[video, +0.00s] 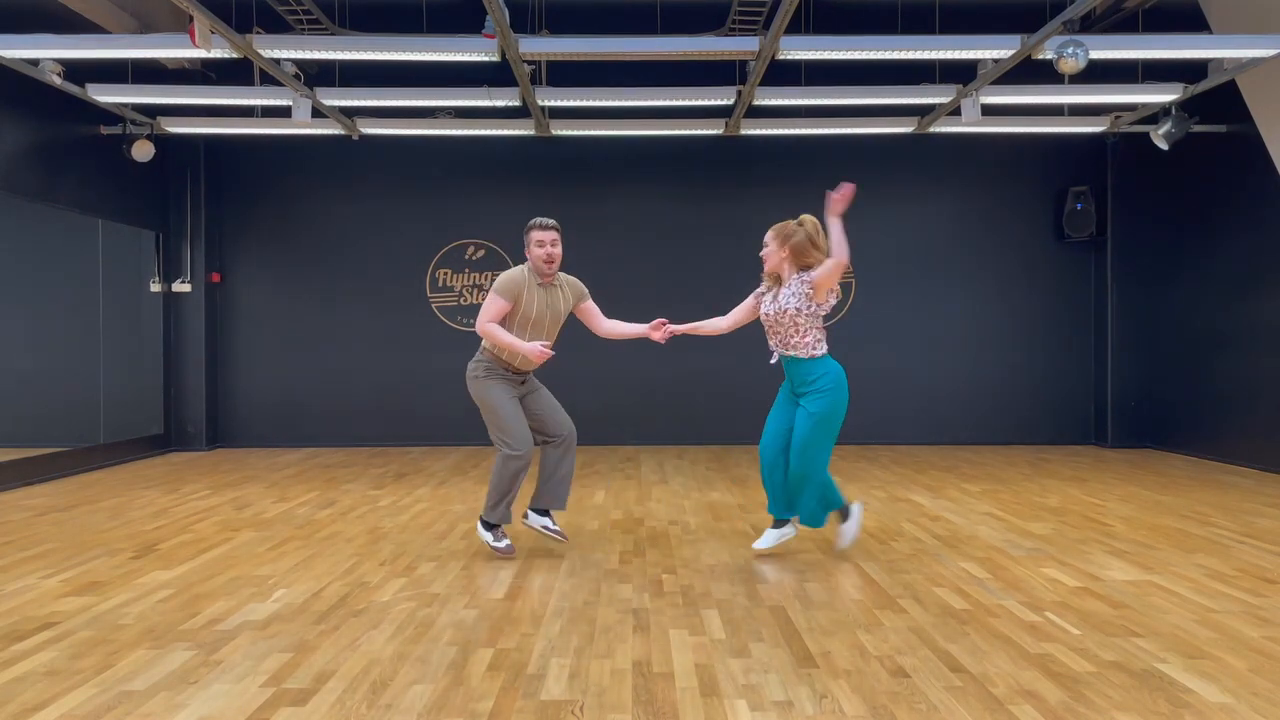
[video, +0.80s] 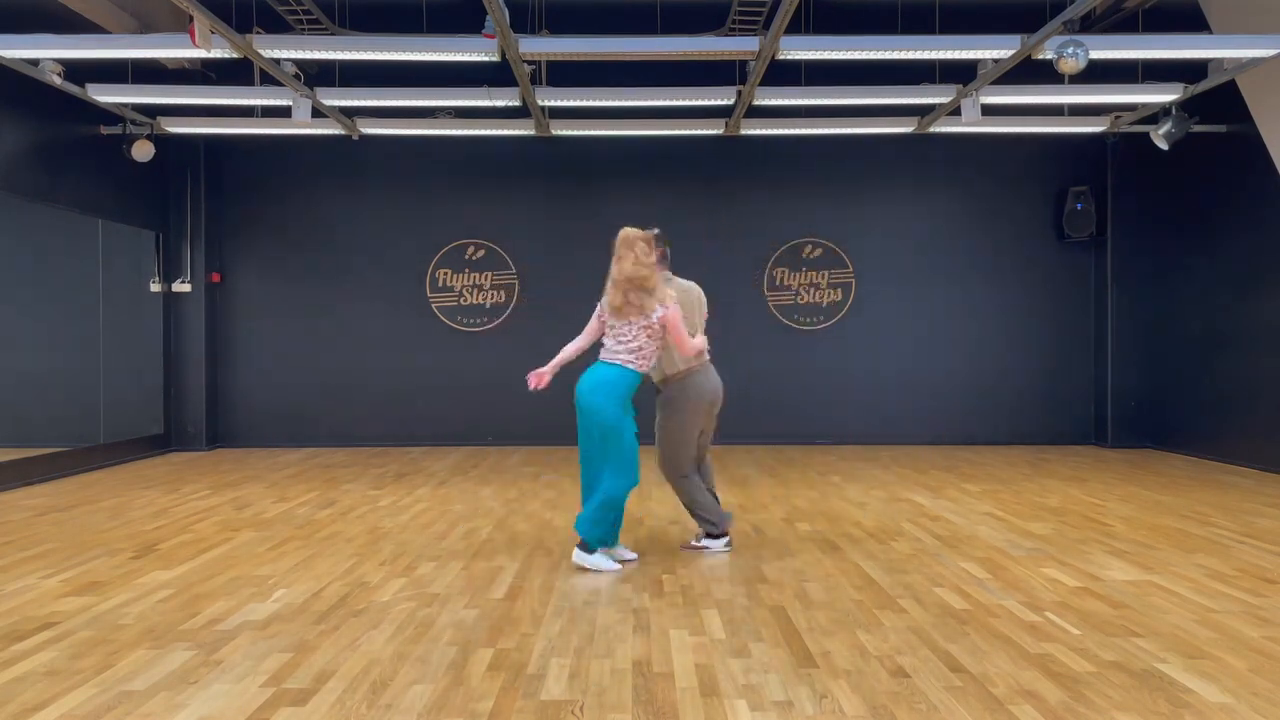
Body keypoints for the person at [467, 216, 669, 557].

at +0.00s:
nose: (549, 252)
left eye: (554, 244)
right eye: (540, 245)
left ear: (562, 248)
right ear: (527, 251)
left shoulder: (571, 288)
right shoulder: (512, 281)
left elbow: (602, 326)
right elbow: (484, 325)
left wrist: (646, 329)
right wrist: (523, 347)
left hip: (524, 378)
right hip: (489, 373)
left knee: (563, 433)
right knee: (518, 446)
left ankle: (540, 511)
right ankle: (490, 523)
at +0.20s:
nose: (573, 255)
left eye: (577, 248)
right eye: (565, 248)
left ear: (580, 253)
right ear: (546, 252)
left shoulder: (574, 297)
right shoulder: (534, 289)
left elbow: (590, 339)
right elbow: (519, 342)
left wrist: (626, 348)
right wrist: (570, 340)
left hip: (542, 384)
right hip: (519, 379)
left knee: (561, 451)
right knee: (540, 457)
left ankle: (525, 519)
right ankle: (480, 525)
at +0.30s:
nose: (593, 251)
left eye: (595, 246)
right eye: (586, 244)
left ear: (594, 250)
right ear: (564, 247)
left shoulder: (579, 290)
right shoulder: (558, 279)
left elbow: (587, 338)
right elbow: (564, 332)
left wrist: (622, 349)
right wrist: (605, 321)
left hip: (545, 374)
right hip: (539, 374)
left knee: (563, 440)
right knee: (593, 438)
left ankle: (540, 507)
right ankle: (541, 500)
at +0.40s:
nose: (611, 259)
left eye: (611, 253)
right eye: (604, 252)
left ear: (587, 257)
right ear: (583, 255)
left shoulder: (576, 286)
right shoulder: (581, 285)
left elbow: (586, 349)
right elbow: (615, 329)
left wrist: (623, 353)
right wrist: (641, 319)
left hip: (551, 382)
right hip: (567, 385)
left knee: (565, 457)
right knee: (630, 436)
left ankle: (542, 526)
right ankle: (622, 510)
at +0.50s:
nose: (623, 256)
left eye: (622, 251)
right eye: (622, 251)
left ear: (590, 254)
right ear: (618, 252)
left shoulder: (579, 290)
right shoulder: (621, 284)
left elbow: (592, 337)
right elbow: (662, 322)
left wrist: (633, 342)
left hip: (576, 379)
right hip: (611, 382)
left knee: (575, 454)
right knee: (649, 450)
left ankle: (548, 519)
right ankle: (641, 520)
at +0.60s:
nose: (600, 259)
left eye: (601, 253)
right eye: (602, 253)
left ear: (607, 255)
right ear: (635, 252)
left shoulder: (592, 290)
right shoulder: (653, 282)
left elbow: (594, 336)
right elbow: (660, 327)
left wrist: (620, 349)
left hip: (608, 372)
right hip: (648, 370)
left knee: (596, 429)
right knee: (663, 432)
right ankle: (675, 496)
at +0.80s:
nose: (658, 259)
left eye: (653, 253)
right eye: (655, 254)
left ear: (619, 261)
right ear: (651, 260)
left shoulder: (609, 302)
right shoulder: (664, 305)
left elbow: (583, 340)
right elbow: (686, 351)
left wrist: (549, 369)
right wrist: (701, 343)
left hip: (591, 385)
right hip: (614, 391)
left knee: (602, 464)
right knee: (625, 471)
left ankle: (605, 541)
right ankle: (587, 547)